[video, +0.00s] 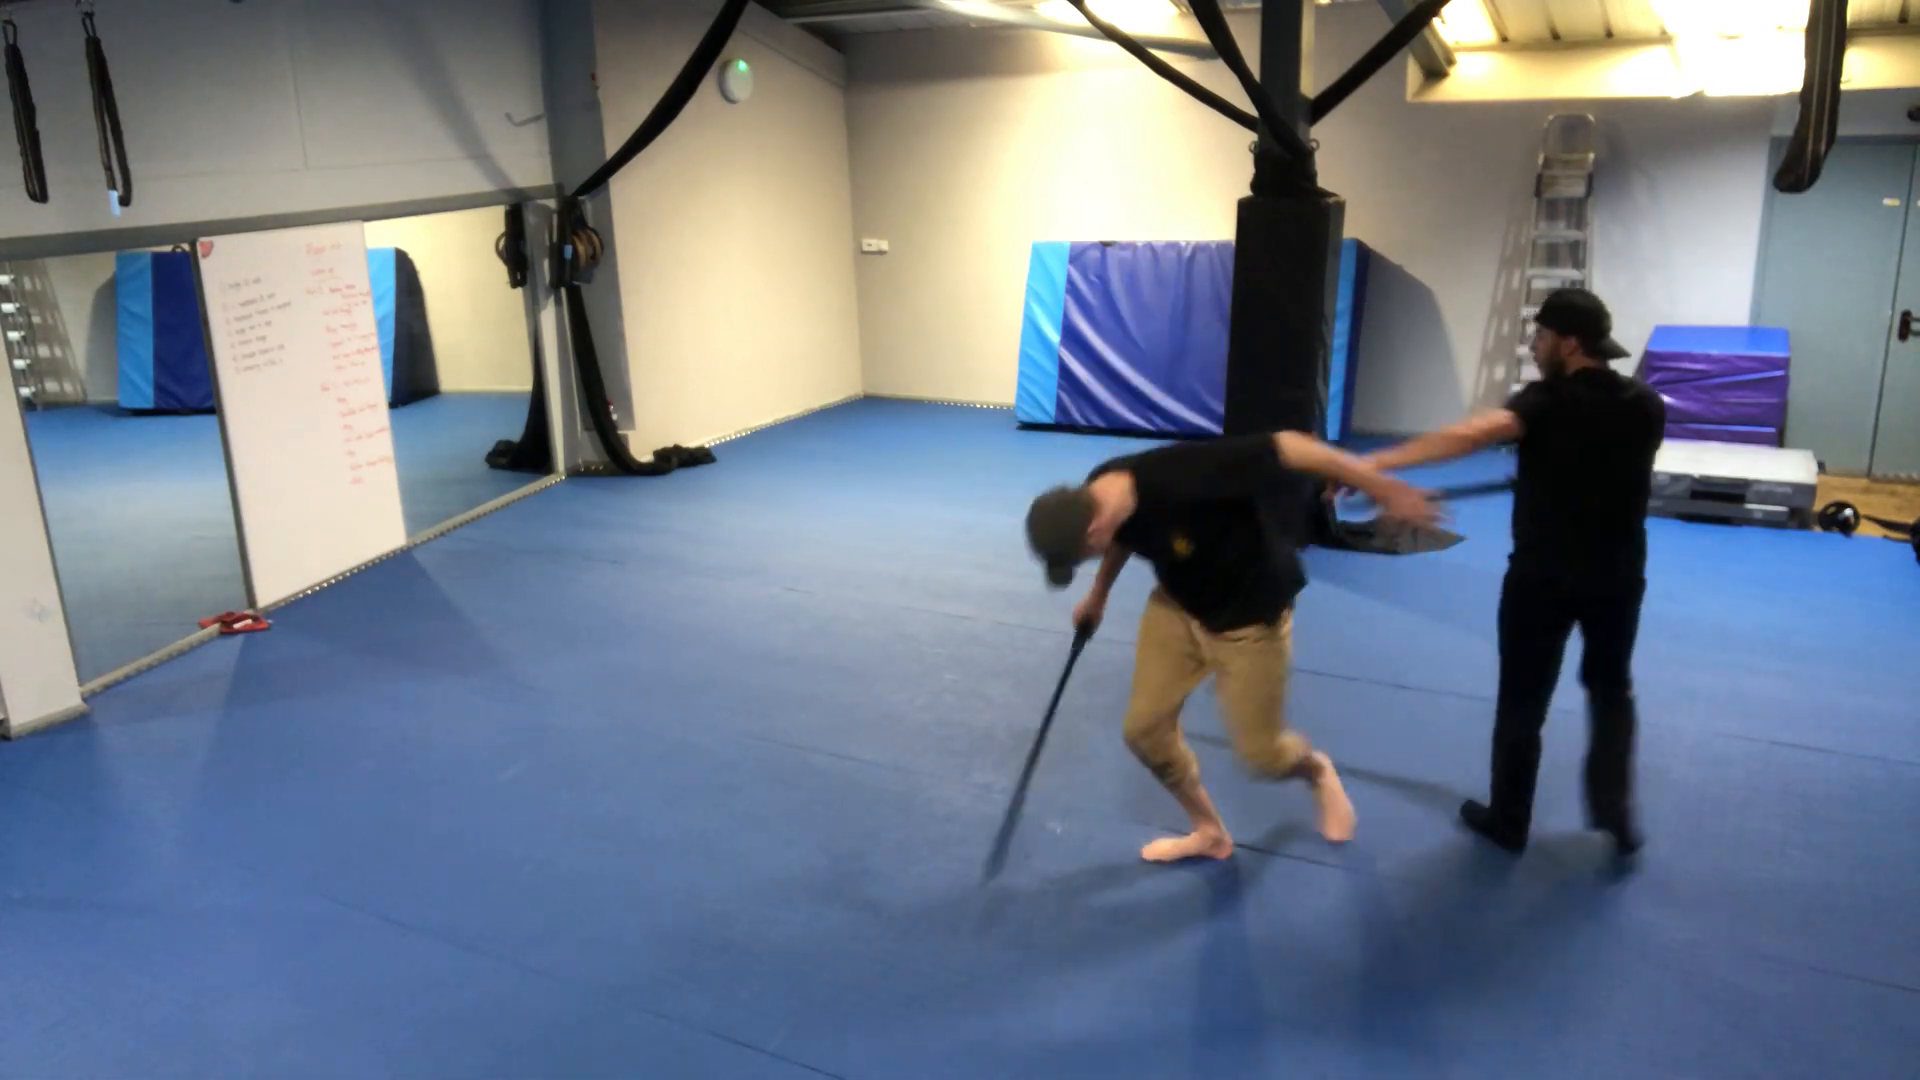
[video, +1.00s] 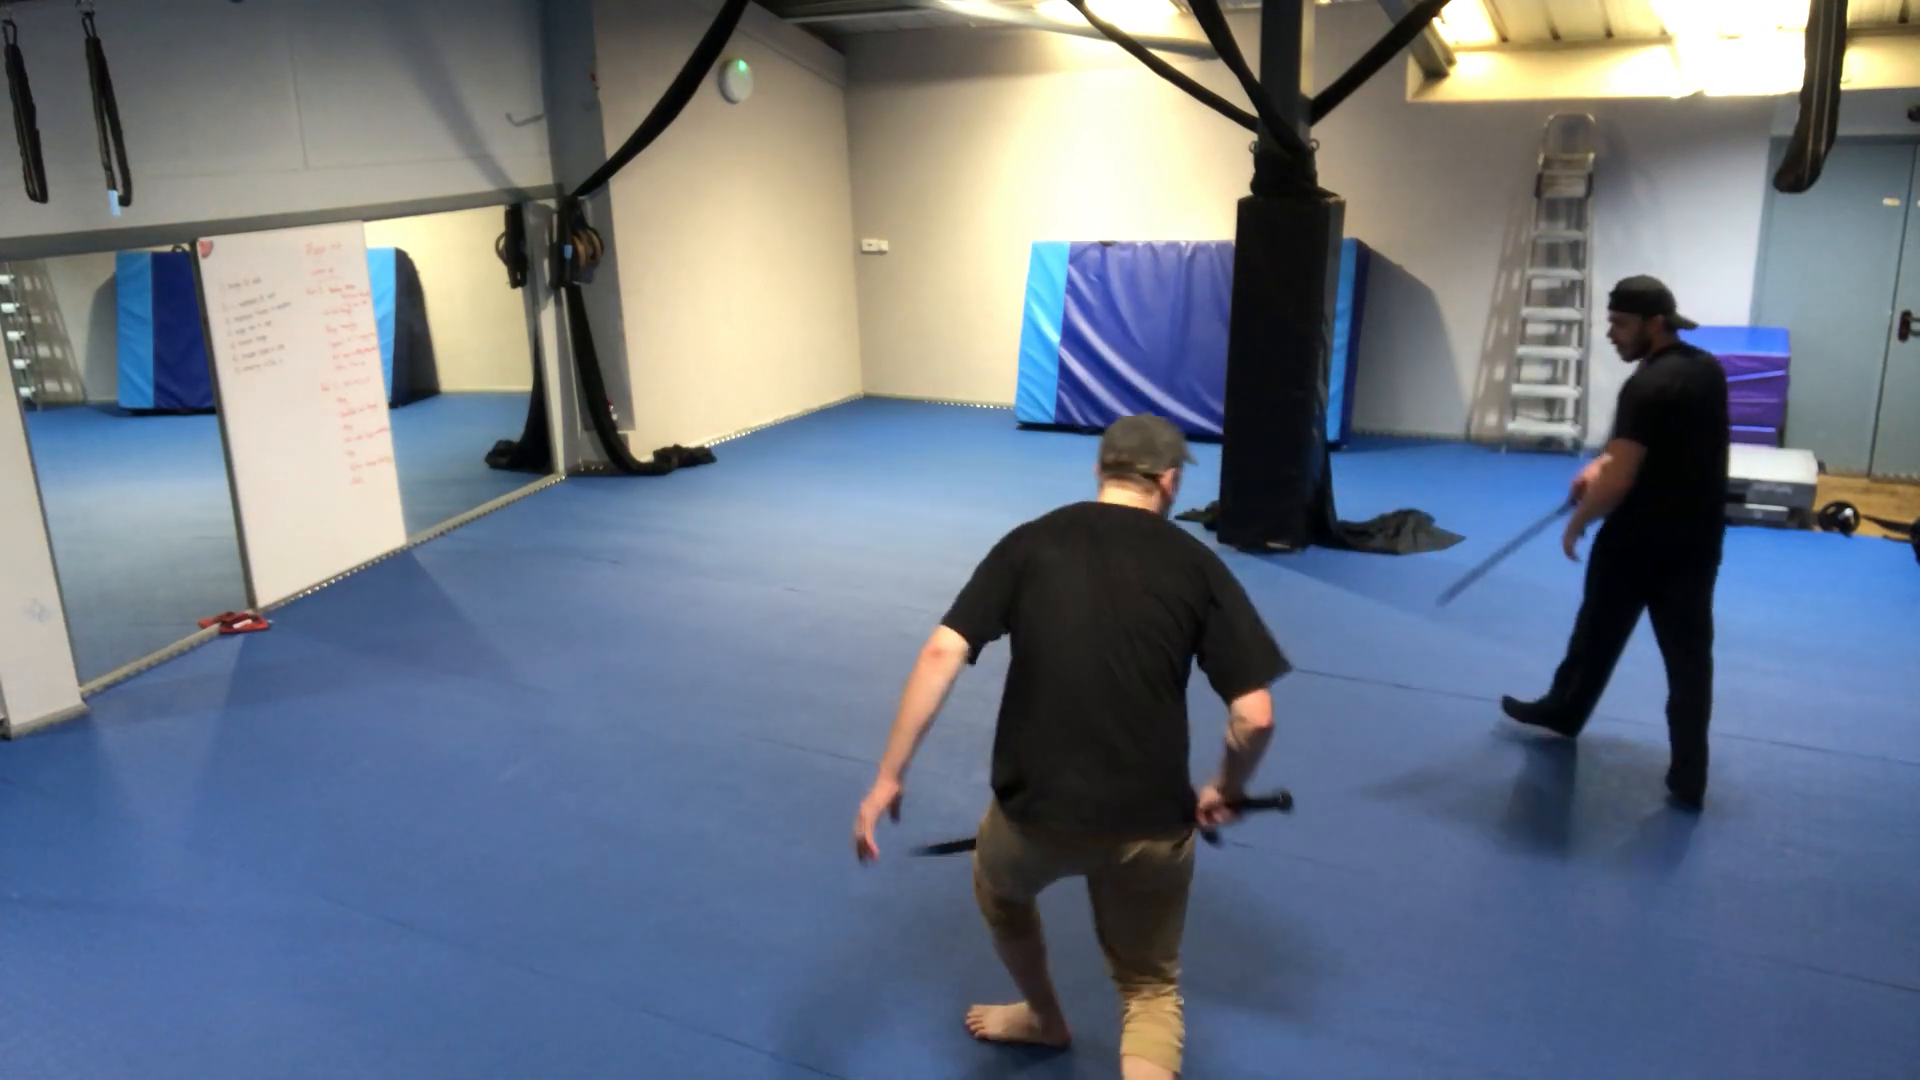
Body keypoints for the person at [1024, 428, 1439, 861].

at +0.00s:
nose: (1096, 556)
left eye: (1091, 550)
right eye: (1088, 555)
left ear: (1095, 525)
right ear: (1093, 526)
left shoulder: (1180, 475)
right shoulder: (1106, 496)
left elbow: (1286, 446)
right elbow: (1124, 539)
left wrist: (1383, 488)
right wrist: (1097, 595)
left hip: (1250, 618)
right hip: (1177, 606)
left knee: (1261, 754)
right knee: (1145, 731)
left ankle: (1320, 771)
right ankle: (1209, 830)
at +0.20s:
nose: (1020, 572)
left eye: (1011, 565)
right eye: (1011, 568)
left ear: (1022, 544)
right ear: (1023, 536)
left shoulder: (1133, 508)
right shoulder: (1059, 538)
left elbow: (1249, 495)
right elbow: (1085, 581)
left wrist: (1299, 553)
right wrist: (1060, 650)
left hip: (1211, 630)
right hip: (1146, 630)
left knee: (1106, 756)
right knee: (1131, 743)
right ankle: (1207, 828)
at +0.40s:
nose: (934, 525)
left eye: (931, 515)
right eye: (932, 514)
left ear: (942, 519)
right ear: (995, 482)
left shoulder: (1052, 552)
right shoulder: (1027, 541)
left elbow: (1164, 629)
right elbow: (1069, 630)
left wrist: (1203, 741)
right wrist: (1027, 703)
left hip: (1152, 707)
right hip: (1111, 695)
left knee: (1029, 838)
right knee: (1088, 802)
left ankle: (1041, 991)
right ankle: (1188, 847)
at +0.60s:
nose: (940, 497)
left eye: (938, 486)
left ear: (942, 493)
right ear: (1008, 466)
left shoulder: (998, 550)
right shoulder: (1067, 514)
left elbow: (1054, 652)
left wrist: (1017, 798)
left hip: (1128, 744)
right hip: (1181, 723)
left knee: (1000, 861)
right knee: (1080, 852)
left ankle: (1040, 994)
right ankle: (1176, 1001)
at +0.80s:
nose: (1092, 473)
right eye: (1093, 465)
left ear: (1021, 474)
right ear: (1087, 470)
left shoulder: (1007, 542)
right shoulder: (1142, 538)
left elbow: (1006, 643)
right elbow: (1198, 664)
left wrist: (954, 794)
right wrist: (1128, 726)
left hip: (1077, 786)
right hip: (1180, 781)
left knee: (994, 872)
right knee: (1157, 951)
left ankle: (1042, 998)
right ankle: (1158, 1073)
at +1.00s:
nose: (1178, 488)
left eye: (1178, 480)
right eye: (1179, 480)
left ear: (1098, 474)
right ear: (1168, 482)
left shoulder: (1032, 542)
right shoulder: (1197, 566)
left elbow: (943, 650)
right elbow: (1254, 717)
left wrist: (889, 774)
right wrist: (1226, 790)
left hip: (1037, 811)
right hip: (1150, 822)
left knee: (1001, 892)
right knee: (1150, 982)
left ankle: (1042, 1014)